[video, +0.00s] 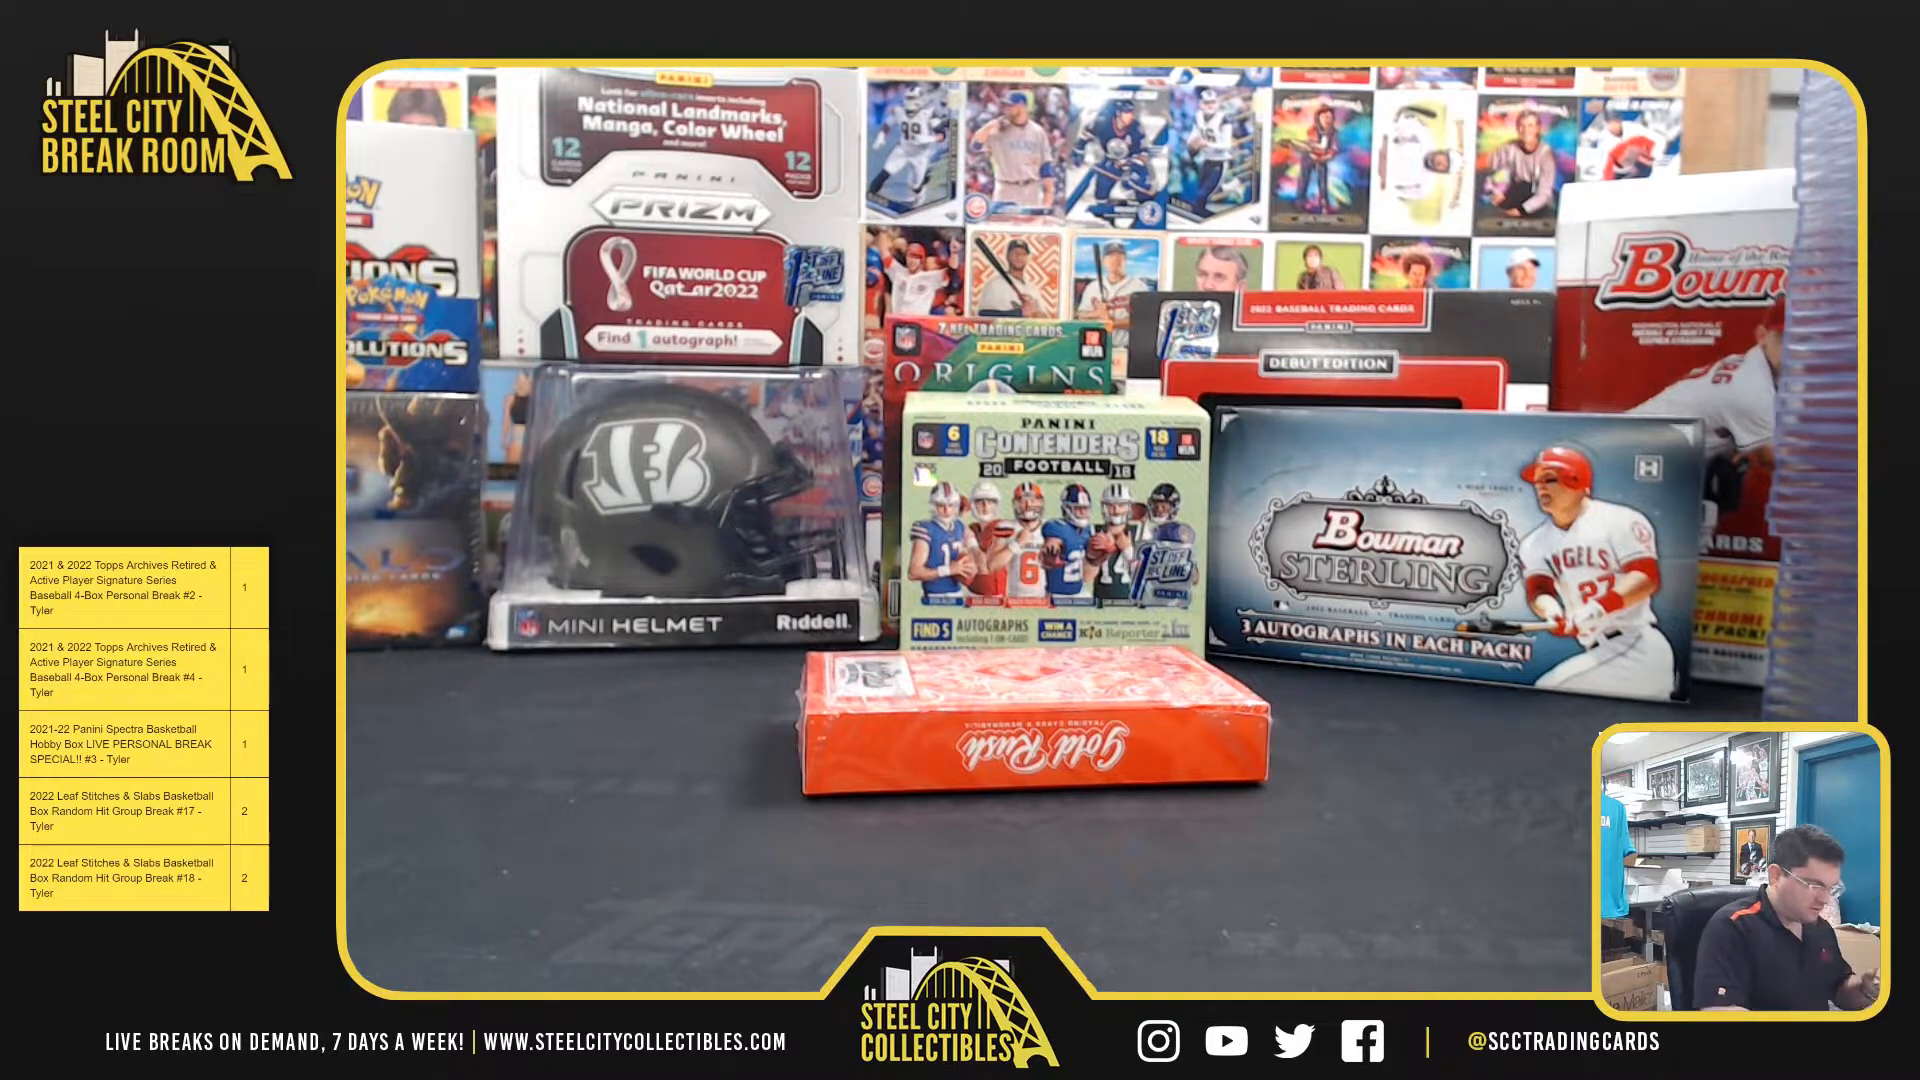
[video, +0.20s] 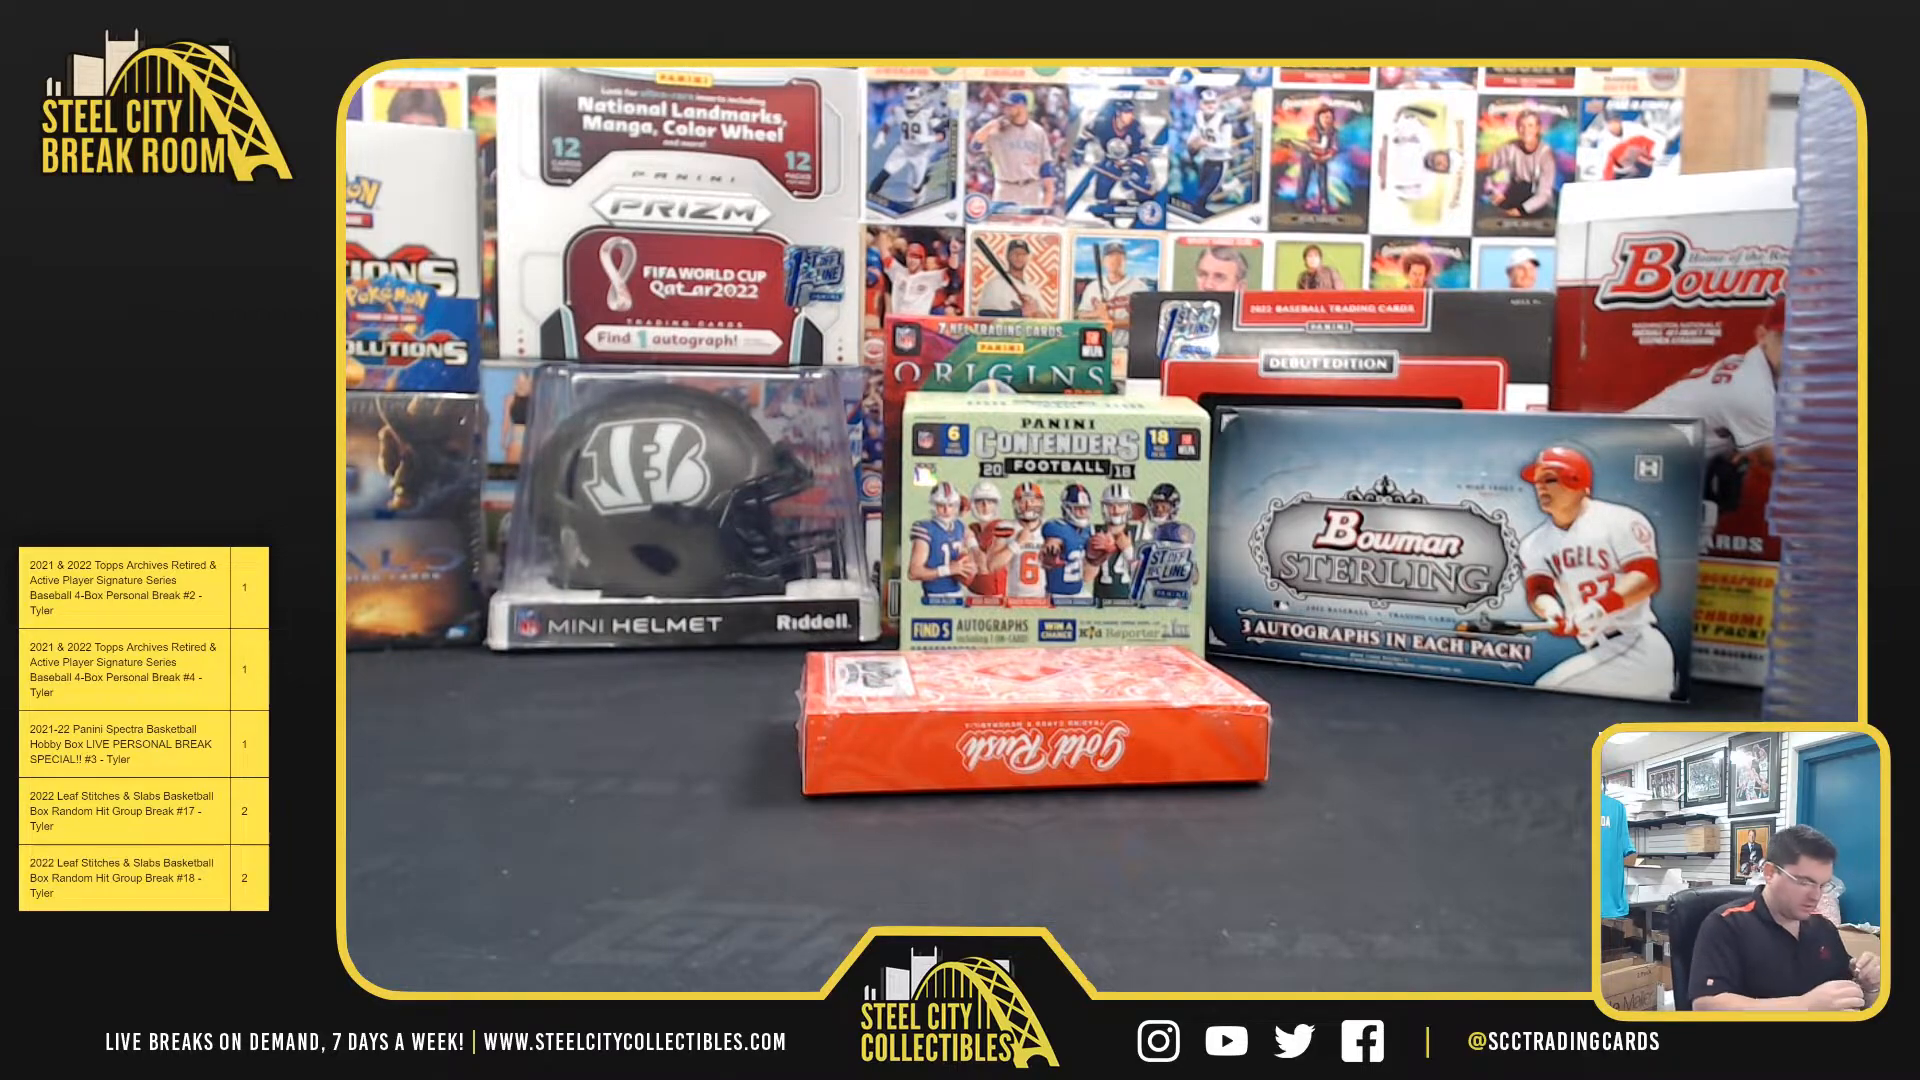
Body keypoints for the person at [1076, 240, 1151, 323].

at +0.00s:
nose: (1115, 260)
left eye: (1119, 255)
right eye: (1111, 256)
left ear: (1124, 260)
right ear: (1103, 261)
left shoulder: (1138, 287)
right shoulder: (1092, 288)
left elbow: (1143, 319)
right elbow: (1081, 315)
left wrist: (1114, 323)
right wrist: (1098, 313)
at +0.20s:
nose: (1115, 260)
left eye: (1119, 255)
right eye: (1111, 255)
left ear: (1124, 260)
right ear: (1103, 261)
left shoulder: (1138, 287)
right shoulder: (1092, 287)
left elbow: (1143, 319)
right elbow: (1081, 315)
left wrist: (1113, 323)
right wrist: (1099, 313)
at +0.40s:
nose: (1115, 260)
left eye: (1119, 255)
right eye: (1111, 256)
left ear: (1124, 260)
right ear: (1103, 261)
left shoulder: (1138, 287)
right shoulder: (1092, 287)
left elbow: (1143, 319)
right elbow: (1081, 315)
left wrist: (1114, 323)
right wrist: (1099, 313)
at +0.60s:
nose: (1115, 260)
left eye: (1119, 256)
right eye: (1111, 256)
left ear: (1124, 260)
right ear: (1103, 261)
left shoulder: (1138, 287)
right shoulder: (1093, 287)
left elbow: (1143, 319)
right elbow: (1081, 315)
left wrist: (1113, 322)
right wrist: (1099, 313)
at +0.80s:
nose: (1115, 260)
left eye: (1119, 255)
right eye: (1111, 255)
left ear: (1125, 260)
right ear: (1104, 260)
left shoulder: (1138, 286)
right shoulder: (1093, 287)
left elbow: (1144, 319)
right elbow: (1081, 315)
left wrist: (1115, 323)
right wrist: (1099, 313)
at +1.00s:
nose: (1115, 260)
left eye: (1119, 255)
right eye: (1111, 255)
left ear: (1125, 260)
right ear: (1104, 260)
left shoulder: (1138, 286)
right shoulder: (1093, 287)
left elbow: (1144, 319)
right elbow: (1081, 315)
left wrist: (1114, 323)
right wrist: (1098, 313)